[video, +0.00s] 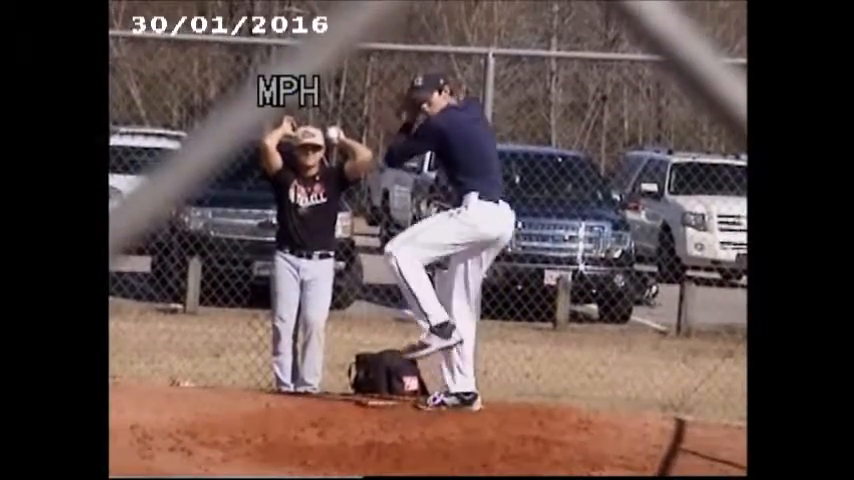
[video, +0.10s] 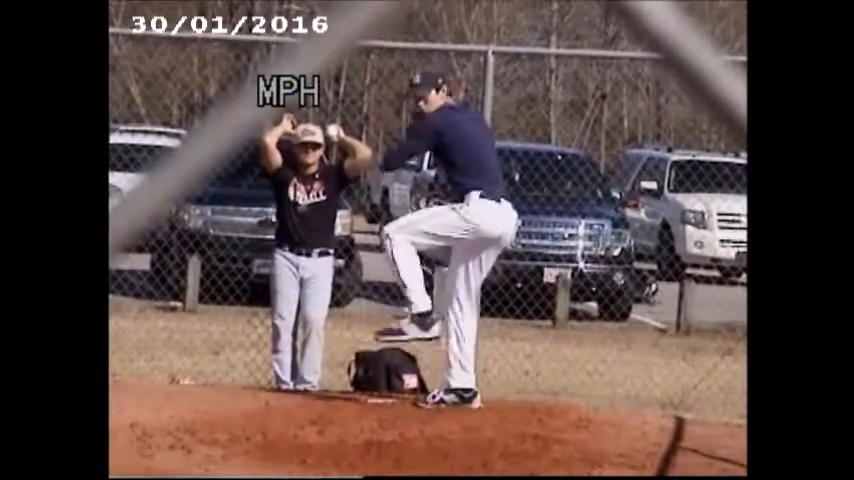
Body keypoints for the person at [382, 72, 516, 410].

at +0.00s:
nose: (424, 108)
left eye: (426, 102)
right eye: (421, 104)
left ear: (445, 92)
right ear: (448, 93)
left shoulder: (439, 124)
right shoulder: (474, 112)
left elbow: (394, 156)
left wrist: (411, 122)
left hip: (476, 213)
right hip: (500, 216)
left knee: (401, 251)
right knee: (461, 302)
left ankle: (439, 325)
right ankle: (462, 387)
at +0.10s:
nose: (419, 103)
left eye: (423, 96)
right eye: (417, 98)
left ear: (442, 91)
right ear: (445, 93)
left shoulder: (436, 121)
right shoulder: (472, 116)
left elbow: (393, 160)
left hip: (475, 211)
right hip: (503, 214)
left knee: (396, 234)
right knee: (461, 302)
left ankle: (422, 314)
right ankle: (462, 385)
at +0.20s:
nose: (423, 111)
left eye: (428, 104)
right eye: (420, 105)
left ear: (446, 101)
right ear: (448, 104)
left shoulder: (439, 129)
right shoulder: (470, 126)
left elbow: (396, 171)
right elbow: (454, 183)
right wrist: (429, 185)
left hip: (478, 220)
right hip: (505, 226)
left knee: (397, 241)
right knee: (458, 302)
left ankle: (395, 329)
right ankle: (460, 388)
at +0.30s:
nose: (426, 120)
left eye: (432, 114)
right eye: (425, 114)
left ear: (451, 113)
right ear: (454, 116)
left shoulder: (444, 139)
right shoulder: (475, 141)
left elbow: (391, 162)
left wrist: (356, 182)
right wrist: (443, 190)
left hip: (479, 230)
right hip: (505, 238)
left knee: (397, 264)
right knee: (443, 301)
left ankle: (364, 349)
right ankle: (458, 387)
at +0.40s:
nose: (427, 133)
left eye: (433, 128)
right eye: (426, 127)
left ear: (452, 128)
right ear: (449, 131)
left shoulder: (445, 153)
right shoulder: (473, 160)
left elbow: (396, 161)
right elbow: (493, 189)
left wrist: (354, 165)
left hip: (478, 247)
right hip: (500, 254)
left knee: (401, 288)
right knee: (436, 310)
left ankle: (353, 361)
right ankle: (458, 391)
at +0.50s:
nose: (424, 134)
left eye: (431, 129)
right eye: (424, 129)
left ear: (450, 130)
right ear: (450, 132)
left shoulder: (438, 156)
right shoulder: (474, 160)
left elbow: (396, 147)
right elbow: (496, 172)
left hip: (471, 255)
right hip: (490, 260)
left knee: (402, 298)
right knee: (430, 323)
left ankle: (365, 369)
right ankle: (457, 390)